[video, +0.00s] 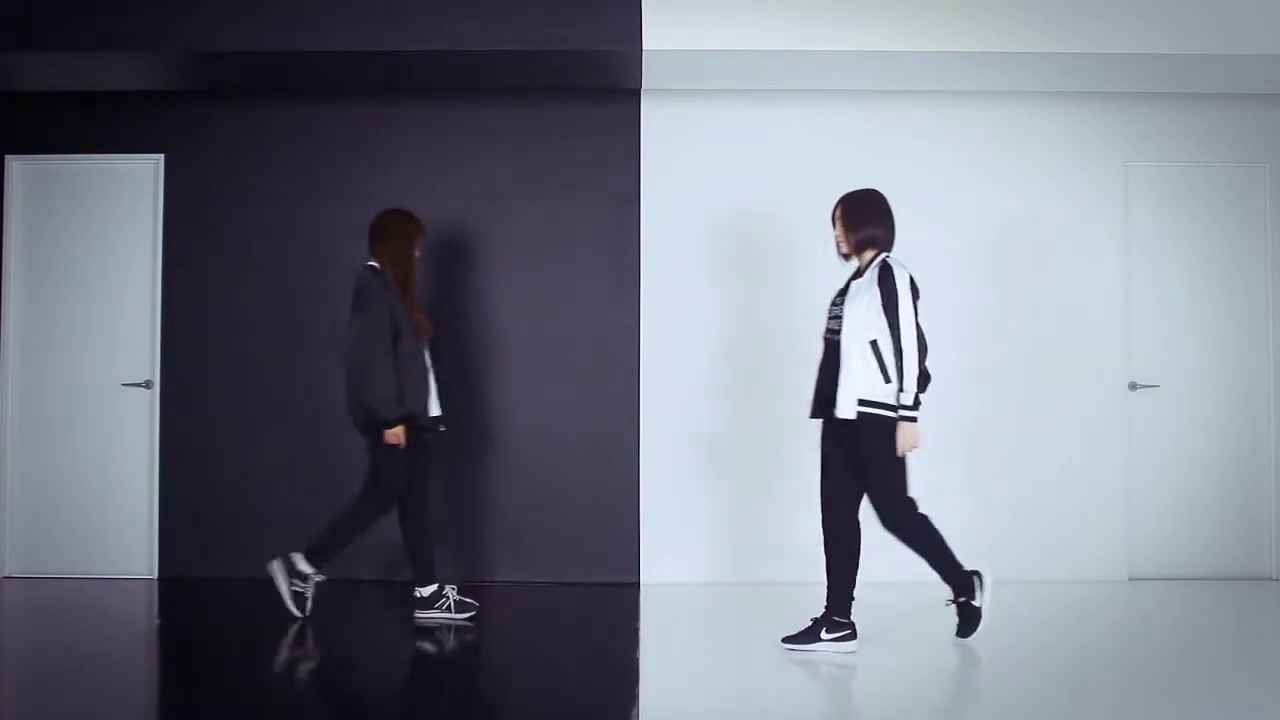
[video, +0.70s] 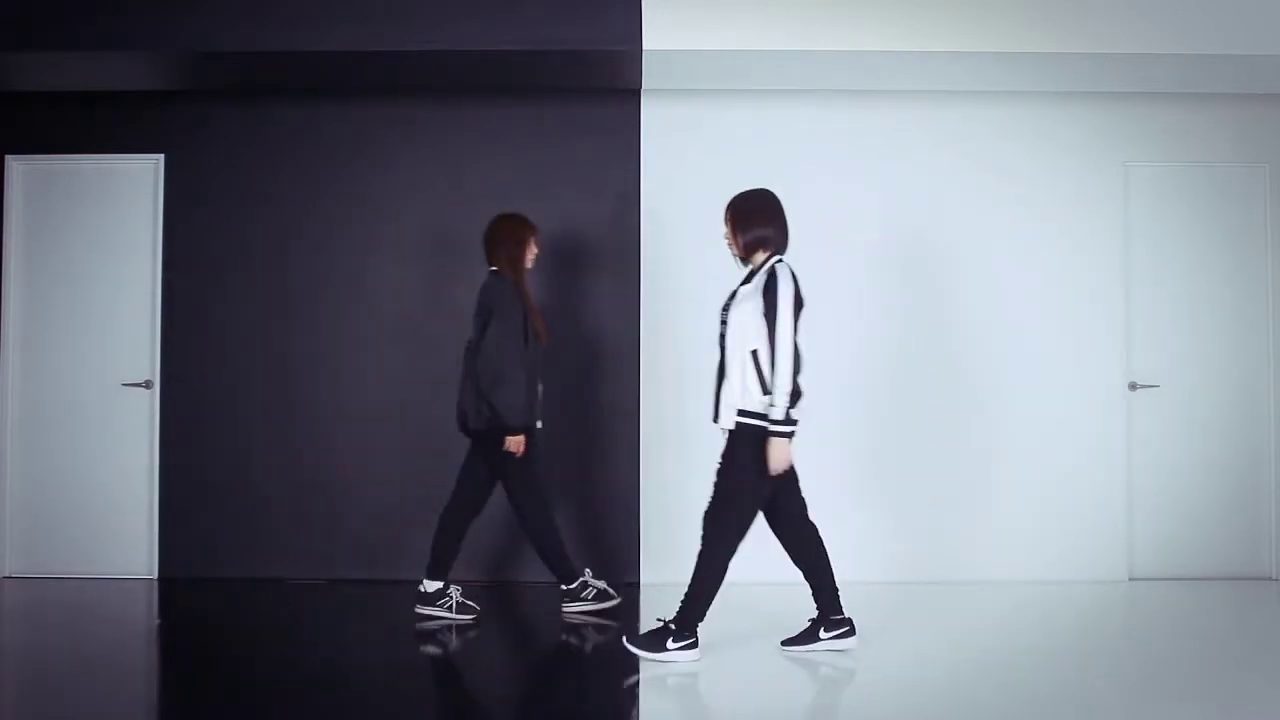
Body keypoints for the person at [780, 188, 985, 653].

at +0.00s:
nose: (835, 233)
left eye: (839, 224)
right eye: (835, 225)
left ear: (861, 225)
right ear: (863, 225)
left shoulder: (891, 274)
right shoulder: (852, 282)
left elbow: (910, 346)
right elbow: (847, 352)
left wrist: (907, 414)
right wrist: (828, 411)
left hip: (877, 421)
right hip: (839, 421)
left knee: (896, 513)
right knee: (838, 518)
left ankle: (964, 585)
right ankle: (837, 619)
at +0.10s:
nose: (818, 229)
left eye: (823, 221)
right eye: (818, 221)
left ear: (845, 222)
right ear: (844, 222)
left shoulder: (875, 272)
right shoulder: (831, 282)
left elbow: (899, 346)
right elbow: (817, 353)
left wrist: (889, 411)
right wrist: (801, 409)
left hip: (857, 415)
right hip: (822, 416)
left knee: (853, 514)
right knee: (828, 519)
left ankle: (932, 577)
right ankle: (836, 620)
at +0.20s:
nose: (804, 230)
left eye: (809, 221)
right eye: (804, 220)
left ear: (831, 222)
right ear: (833, 224)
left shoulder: (863, 272)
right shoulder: (817, 282)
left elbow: (881, 346)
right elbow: (801, 349)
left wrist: (868, 414)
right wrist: (778, 401)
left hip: (841, 415)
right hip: (812, 413)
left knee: (810, 511)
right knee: (823, 514)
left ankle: (885, 567)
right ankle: (834, 619)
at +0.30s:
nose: (791, 229)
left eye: (795, 220)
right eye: (791, 220)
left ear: (815, 221)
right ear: (827, 220)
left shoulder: (850, 273)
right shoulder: (808, 277)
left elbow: (866, 348)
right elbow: (789, 348)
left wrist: (855, 416)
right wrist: (759, 396)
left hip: (824, 415)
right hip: (805, 414)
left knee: (765, 497)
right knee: (823, 511)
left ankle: (839, 573)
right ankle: (835, 619)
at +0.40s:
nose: (777, 227)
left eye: (782, 218)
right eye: (777, 218)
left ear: (803, 219)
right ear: (809, 219)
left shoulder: (836, 271)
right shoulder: (795, 273)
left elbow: (851, 345)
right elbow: (778, 343)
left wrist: (843, 416)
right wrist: (749, 395)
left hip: (811, 417)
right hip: (795, 415)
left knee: (745, 492)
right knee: (817, 519)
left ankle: (777, 597)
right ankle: (836, 621)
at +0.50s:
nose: (762, 231)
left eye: (767, 221)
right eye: (762, 221)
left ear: (788, 221)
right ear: (796, 221)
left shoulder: (821, 273)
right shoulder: (781, 277)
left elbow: (834, 352)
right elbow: (767, 348)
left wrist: (826, 421)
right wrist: (745, 400)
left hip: (797, 421)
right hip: (783, 418)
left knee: (743, 506)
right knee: (811, 522)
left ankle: (719, 615)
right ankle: (836, 620)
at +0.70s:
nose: (726, 238)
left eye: (731, 228)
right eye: (726, 229)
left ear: (753, 228)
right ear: (763, 227)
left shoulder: (777, 275)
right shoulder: (754, 278)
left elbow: (786, 354)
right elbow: (755, 356)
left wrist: (781, 431)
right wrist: (735, 425)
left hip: (756, 427)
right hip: (752, 426)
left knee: (721, 529)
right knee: (793, 525)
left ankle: (682, 629)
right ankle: (833, 618)